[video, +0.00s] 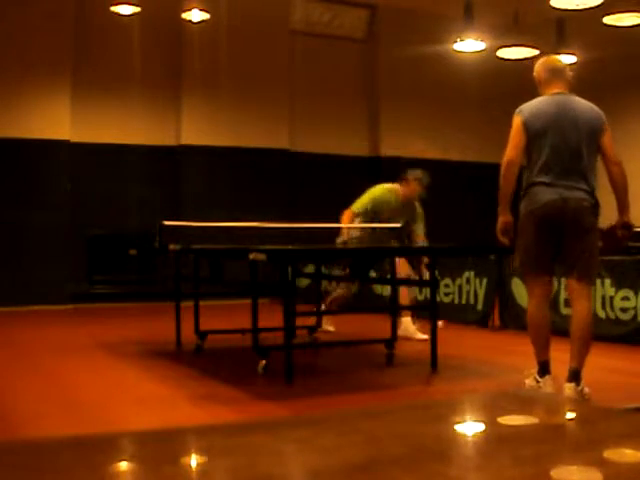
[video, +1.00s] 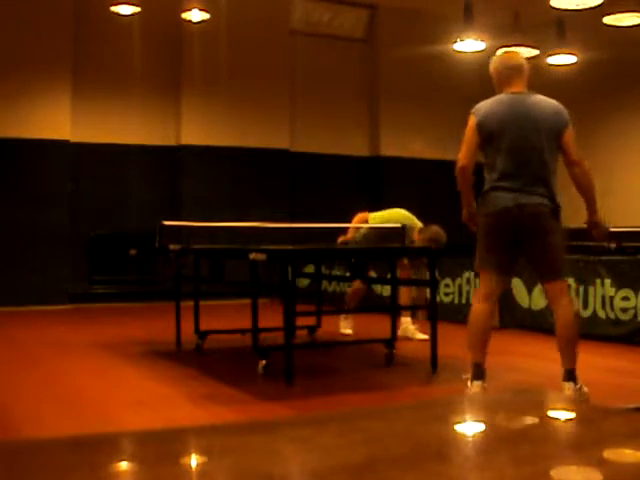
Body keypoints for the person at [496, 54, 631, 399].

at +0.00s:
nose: (535, 84)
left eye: (535, 79)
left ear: (539, 81)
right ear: (568, 78)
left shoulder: (526, 113)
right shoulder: (594, 114)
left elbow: (511, 162)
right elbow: (614, 165)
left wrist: (504, 211)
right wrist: (624, 213)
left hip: (538, 207)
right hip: (581, 207)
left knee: (538, 291)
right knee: (581, 290)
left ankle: (543, 373)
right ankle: (574, 380)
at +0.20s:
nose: (543, 85)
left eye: (542, 80)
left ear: (543, 82)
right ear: (574, 80)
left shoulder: (531, 110)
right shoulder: (599, 114)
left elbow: (514, 158)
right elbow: (619, 168)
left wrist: (507, 207)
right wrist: (628, 217)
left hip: (542, 210)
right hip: (585, 211)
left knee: (538, 293)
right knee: (583, 292)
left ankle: (543, 374)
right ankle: (575, 380)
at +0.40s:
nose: (543, 86)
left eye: (542, 81)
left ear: (544, 81)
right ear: (575, 79)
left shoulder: (532, 108)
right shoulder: (599, 113)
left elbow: (514, 156)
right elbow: (619, 170)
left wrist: (506, 206)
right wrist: (625, 218)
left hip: (541, 210)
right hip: (584, 211)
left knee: (535, 293)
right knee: (583, 293)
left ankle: (538, 372)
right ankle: (574, 380)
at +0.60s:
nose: (536, 84)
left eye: (534, 79)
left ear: (537, 79)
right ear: (567, 76)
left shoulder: (525, 108)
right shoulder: (594, 111)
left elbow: (507, 158)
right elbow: (614, 165)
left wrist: (499, 206)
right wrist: (620, 214)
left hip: (535, 212)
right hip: (579, 213)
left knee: (518, 289)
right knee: (582, 293)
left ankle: (509, 368)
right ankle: (574, 381)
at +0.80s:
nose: (518, 82)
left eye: (517, 78)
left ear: (520, 79)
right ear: (550, 76)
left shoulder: (508, 111)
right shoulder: (579, 110)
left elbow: (489, 163)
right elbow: (601, 163)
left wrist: (486, 207)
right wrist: (611, 209)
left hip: (519, 216)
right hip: (565, 217)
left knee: (499, 288)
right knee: (574, 296)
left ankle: (477, 371)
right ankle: (573, 380)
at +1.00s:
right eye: (525, 70)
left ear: (495, 79)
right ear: (526, 75)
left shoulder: (482, 111)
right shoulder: (554, 110)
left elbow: (464, 164)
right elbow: (575, 163)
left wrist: (468, 205)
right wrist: (593, 211)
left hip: (495, 216)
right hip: (541, 215)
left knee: (486, 292)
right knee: (559, 294)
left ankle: (476, 377)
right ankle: (570, 379)